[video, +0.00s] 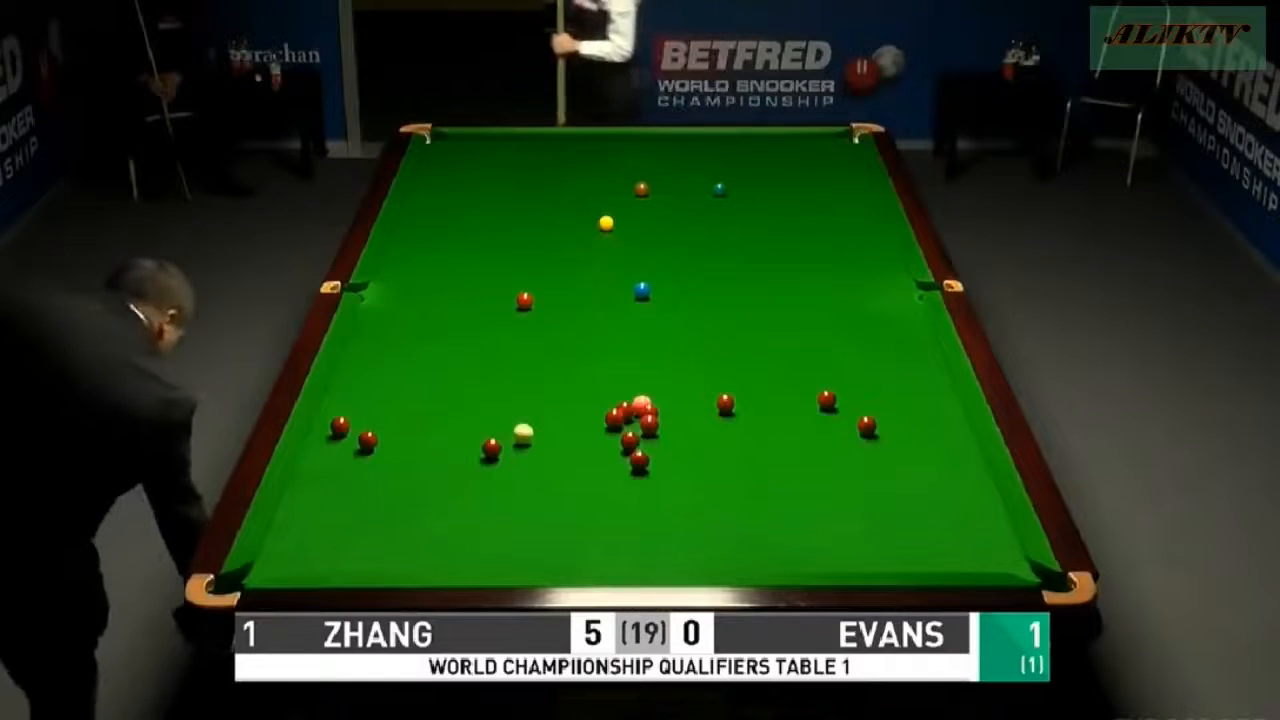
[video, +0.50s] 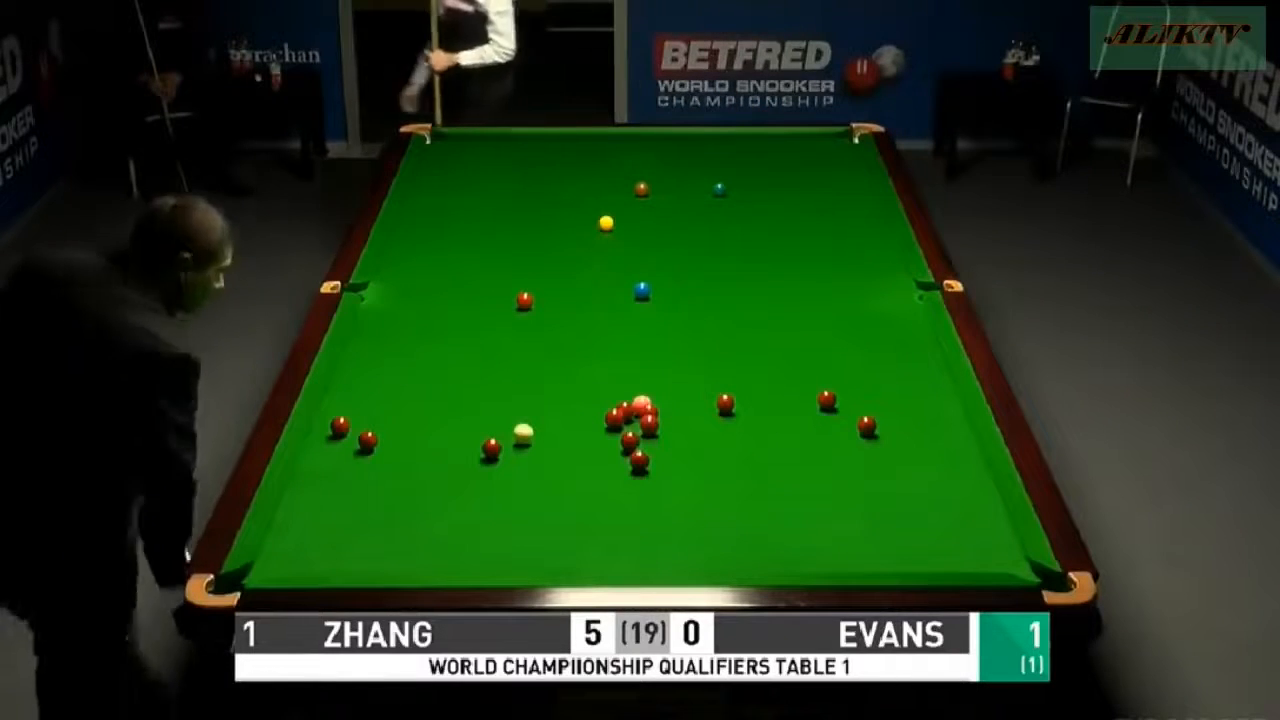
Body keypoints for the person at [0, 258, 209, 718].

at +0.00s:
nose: (172, 346)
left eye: (178, 337)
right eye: (176, 335)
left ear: (113, 294)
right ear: (164, 323)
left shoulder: (28, 316)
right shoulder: (156, 400)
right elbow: (182, 521)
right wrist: (212, 596)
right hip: (45, 580)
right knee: (65, 709)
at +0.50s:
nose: (223, 282)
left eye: (224, 271)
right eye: (218, 272)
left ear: (138, 245)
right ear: (181, 271)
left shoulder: (43, 273)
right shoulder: (161, 362)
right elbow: (169, 485)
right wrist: (171, 568)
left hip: (3, 512)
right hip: (82, 548)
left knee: (58, 660)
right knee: (100, 674)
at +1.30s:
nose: (394, 278)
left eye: (394, 265)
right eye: (389, 267)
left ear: (320, 248)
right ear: (358, 269)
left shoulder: (254, 262)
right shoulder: (318, 337)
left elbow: (186, 308)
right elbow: (389, 419)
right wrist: (505, 461)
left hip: (141, 483)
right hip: (191, 507)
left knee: (159, 655)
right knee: (195, 662)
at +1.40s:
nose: (426, 312)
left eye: (427, 299)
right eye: (422, 300)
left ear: (355, 268)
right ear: (392, 303)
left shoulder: (281, 271)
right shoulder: (357, 364)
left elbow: (201, 327)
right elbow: (429, 443)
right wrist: (543, 491)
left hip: (142, 470)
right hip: (205, 507)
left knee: (161, 649)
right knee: (205, 657)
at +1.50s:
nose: (440, 330)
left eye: (441, 316)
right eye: (438, 318)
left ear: (373, 279)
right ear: (413, 318)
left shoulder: (297, 276)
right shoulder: (372, 377)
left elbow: (220, 310)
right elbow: (447, 456)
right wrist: (559, 503)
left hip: (146, 462)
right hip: (197, 504)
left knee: (162, 648)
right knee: (197, 658)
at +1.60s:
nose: (456, 344)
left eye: (457, 330)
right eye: (453, 332)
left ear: (387, 290)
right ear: (426, 330)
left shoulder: (308, 284)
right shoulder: (385, 387)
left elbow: (226, 291)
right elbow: (459, 464)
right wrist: (574, 508)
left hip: (151, 461)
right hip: (207, 501)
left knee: (158, 647)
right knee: (202, 655)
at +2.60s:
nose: (455, 342)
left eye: (458, 329)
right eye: (454, 331)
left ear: (387, 287)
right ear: (429, 329)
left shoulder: (314, 281)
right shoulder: (384, 383)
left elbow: (222, 316)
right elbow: (457, 465)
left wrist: (240, 402)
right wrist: (575, 506)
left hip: (155, 449)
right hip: (196, 493)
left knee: (160, 635)